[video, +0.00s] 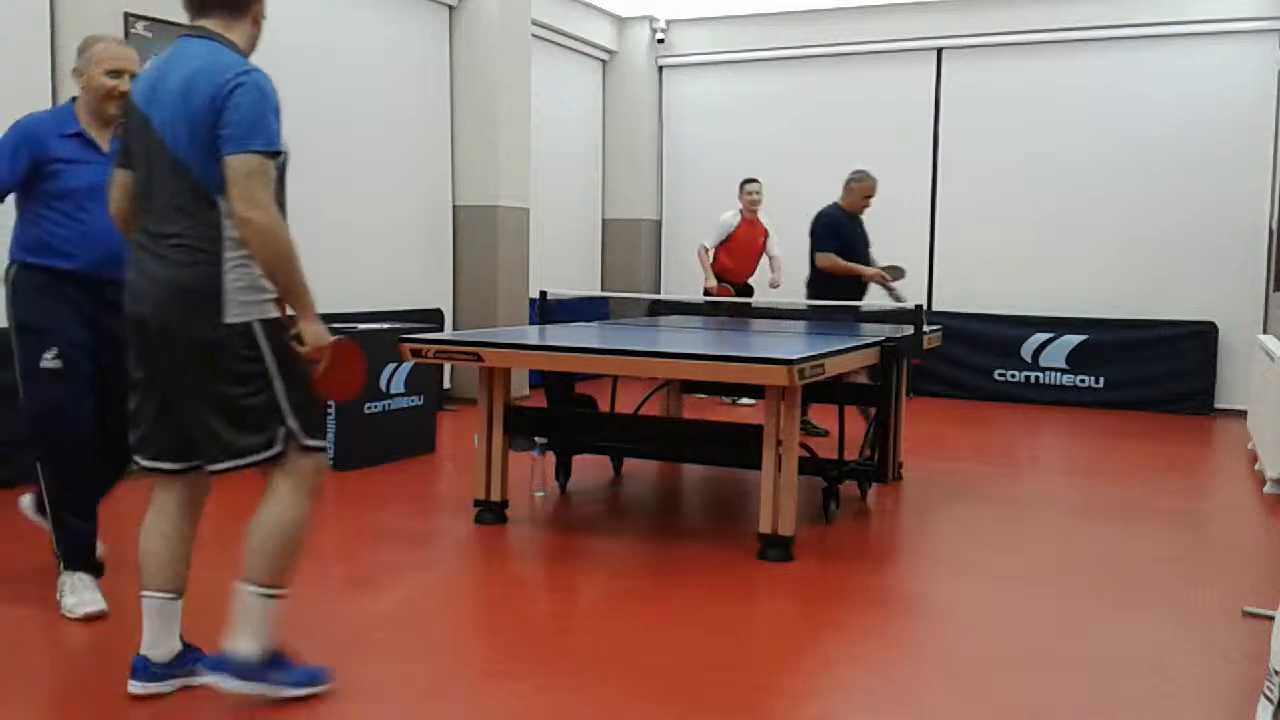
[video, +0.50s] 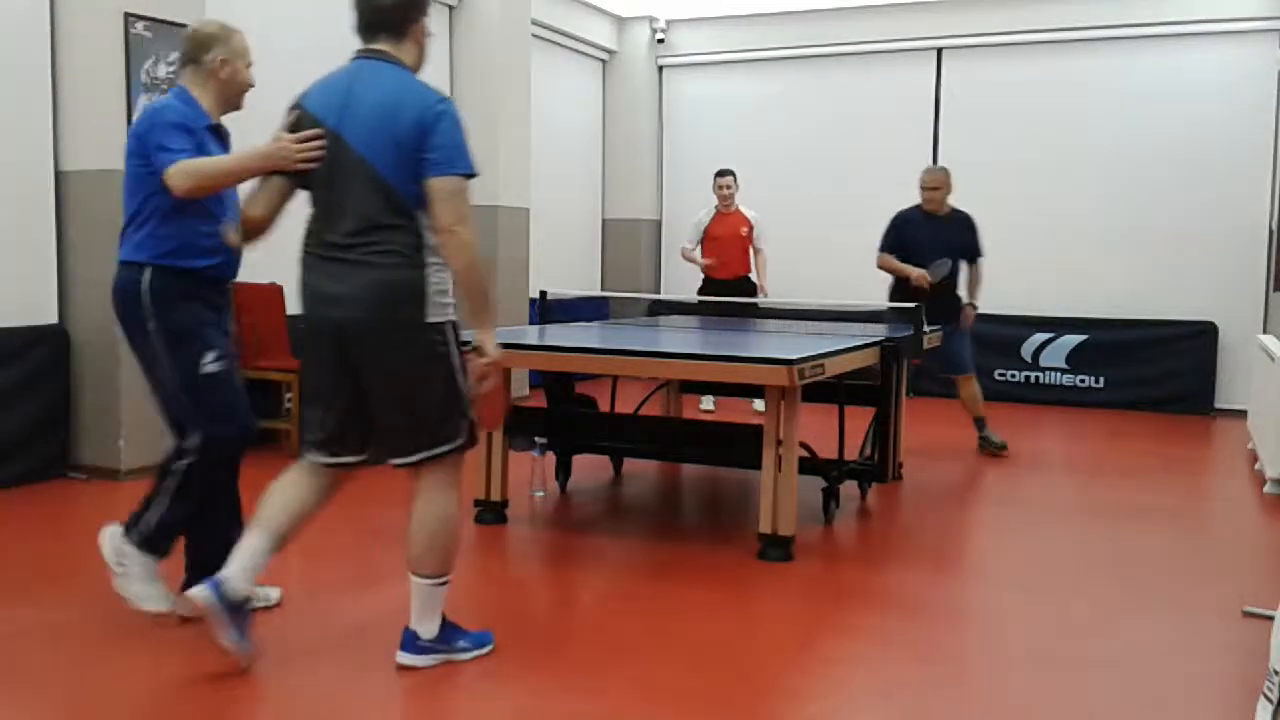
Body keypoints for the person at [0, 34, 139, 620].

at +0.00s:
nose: (124, 85)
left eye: (132, 77)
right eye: (113, 74)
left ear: (137, 83)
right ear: (79, 78)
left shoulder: (141, 142)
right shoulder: (36, 134)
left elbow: (157, 220)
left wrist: (162, 287)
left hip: (117, 295)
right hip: (47, 291)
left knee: (119, 435)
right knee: (65, 425)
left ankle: (52, 496)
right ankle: (78, 569)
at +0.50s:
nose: (250, 79)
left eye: (249, 68)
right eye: (244, 67)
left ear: (212, 67)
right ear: (217, 67)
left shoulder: (208, 130)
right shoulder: (168, 114)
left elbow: (232, 232)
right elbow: (182, 180)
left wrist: (286, 177)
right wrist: (262, 159)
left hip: (203, 287)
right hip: (160, 287)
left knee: (219, 430)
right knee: (217, 427)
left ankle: (212, 577)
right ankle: (133, 544)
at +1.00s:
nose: (277, 64)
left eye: (278, 52)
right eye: (277, 52)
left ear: (213, 44)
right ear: (258, 47)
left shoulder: (154, 103)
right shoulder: (252, 108)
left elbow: (115, 203)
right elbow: (303, 207)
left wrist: (148, 266)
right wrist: (325, 142)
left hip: (154, 291)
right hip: (225, 293)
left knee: (183, 453)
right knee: (243, 456)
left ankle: (156, 597)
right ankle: (224, 621)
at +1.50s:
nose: (233, 45)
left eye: (226, 33)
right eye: (232, 35)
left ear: (162, 29)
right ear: (222, 35)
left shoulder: (91, 95)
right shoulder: (231, 86)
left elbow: (46, 208)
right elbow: (285, 186)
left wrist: (42, 320)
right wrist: (242, 123)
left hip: (110, 303)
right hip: (207, 301)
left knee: (116, 492)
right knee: (232, 479)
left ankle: (129, 694)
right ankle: (235, 644)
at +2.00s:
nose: (272, 19)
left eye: (269, 11)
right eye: (269, 11)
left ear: (189, 13)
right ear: (252, 11)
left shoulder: (123, 90)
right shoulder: (272, 75)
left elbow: (70, 217)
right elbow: (358, 187)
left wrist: (64, 337)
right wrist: (291, 134)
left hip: (152, 316)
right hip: (254, 313)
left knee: (147, 507)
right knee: (277, 523)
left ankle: (129, 697)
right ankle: (288, 708)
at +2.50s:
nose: (362, 11)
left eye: (361, 5)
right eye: (362, 4)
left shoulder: (196, 54)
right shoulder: (358, 41)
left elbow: (158, 193)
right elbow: (387, 141)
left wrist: (202, 291)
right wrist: (386, 287)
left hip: (215, 305)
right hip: (323, 302)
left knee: (221, 541)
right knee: (330, 538)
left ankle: (224, 708)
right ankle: (301, 709)